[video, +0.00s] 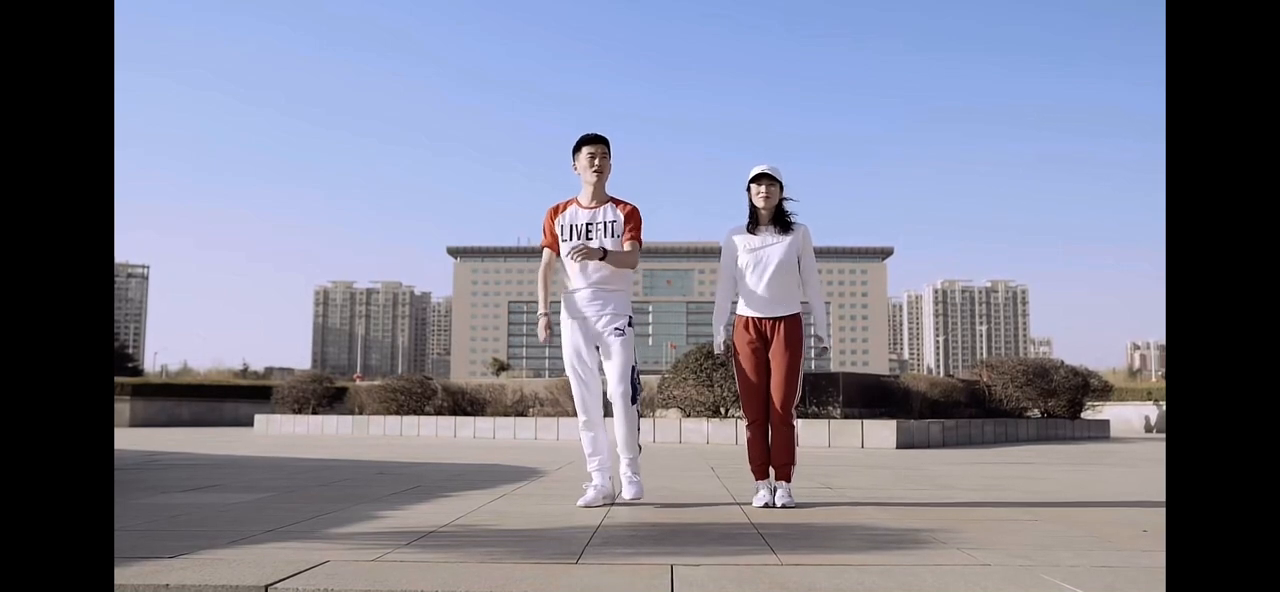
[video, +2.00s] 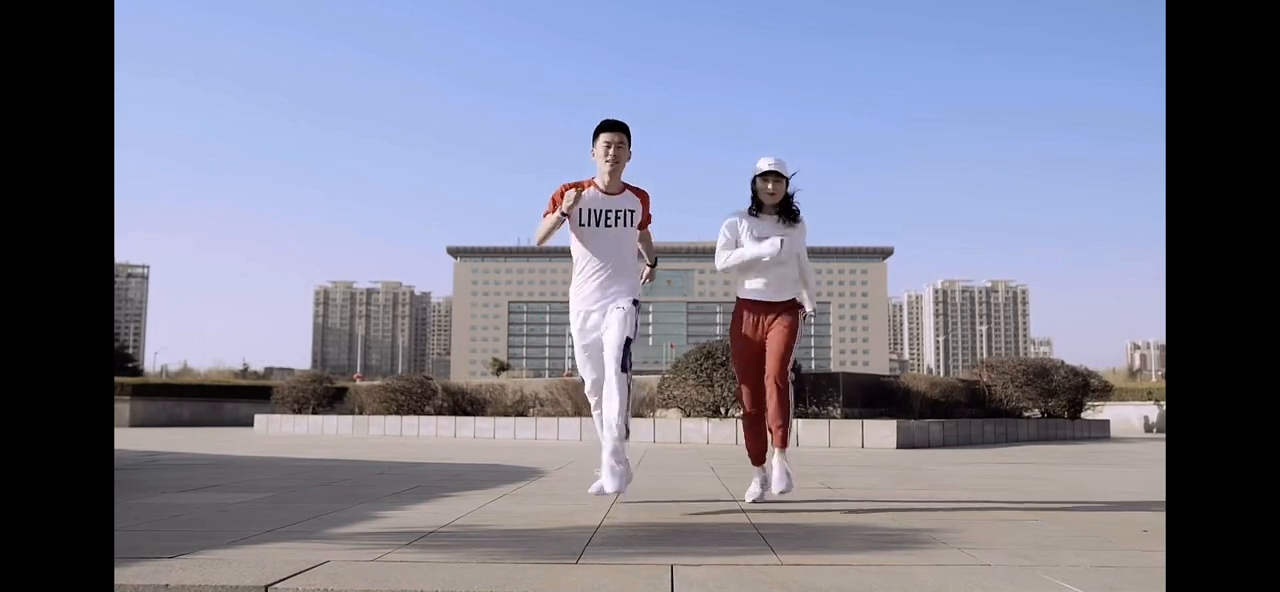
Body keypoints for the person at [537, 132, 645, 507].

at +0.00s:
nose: (598, 161)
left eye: (603, 156)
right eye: (590, 156)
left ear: (610, 164)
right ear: (576, 165)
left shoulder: (626, 211)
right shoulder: (557, 214)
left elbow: (632, 260)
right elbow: (546, 267)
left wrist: (600, 254)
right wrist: (543, 310)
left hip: (614, 312)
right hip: (575, 315)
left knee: (620, 393)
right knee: (585, 401)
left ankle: (629, 472)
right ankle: (600, 481)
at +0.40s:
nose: (600, 168)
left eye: (607, 162)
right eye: (593, 162)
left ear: (615, 168)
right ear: (581, 169)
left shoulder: (629, 211)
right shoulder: (564, 215)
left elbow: (636, 253)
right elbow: (553, 258)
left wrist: (632, 290)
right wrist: (574, 266)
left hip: (614, 312)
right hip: (576, 316)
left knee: (619, 399)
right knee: (588, 404)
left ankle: (630, 481)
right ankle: (600, 482)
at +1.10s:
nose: (601, 169)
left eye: (608, 163)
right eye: (594, 162)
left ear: (616, 169)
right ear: (581, 168)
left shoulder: (630, 217)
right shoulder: (561, 214)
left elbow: (638, 271)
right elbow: (554, 272)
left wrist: (648, 321)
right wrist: (557, 321)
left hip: (618, 314)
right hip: (576, 316)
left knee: (620, 397)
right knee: (584, 405)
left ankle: (630, 478)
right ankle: (599, 482)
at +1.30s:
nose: (600, 161)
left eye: (606, 155)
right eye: (593, 155)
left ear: (615, 161)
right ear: (580, 162)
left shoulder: (632, 209)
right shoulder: (560, 207)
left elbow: (645, 261)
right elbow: (542, 257)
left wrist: (641, 261)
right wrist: (523, 305)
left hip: (618, 307)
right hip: (576, 311)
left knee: (627, 386)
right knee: (584, 399)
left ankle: (633, 454)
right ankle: (598, 479)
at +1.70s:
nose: (597, 147)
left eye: (604, 142)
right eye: (591, 142)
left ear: (615, 151)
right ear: (580, 151)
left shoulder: (632, 196)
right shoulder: (564, 200)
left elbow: (642, 247)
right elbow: (561, 256)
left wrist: (648, 288)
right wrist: (559, 306)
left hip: (621, 300)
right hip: (582, 303)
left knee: (624, 371)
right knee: (593, 393)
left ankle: (631, 436)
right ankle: (603, 471)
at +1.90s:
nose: (606, 162)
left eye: (614, 157)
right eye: (600, 157)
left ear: (626, 166)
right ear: (590, 165)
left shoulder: (641, 215)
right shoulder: (570, 208)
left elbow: (644, 259)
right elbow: (546, 257)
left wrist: (650, 294)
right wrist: (556, 244)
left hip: (626, 302)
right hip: (586, 307)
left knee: (613, 309)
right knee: (596, 396)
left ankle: (620, 400)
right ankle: (617, 478)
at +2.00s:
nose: (613, 151)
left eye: (620, 146)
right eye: (607, 145)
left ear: (629, 154)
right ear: (593, 152)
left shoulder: (639, 198)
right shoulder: (571, 192)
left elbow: (643, 235)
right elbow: (540, 239)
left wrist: (651, 260)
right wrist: (562, 211)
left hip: (623, 297)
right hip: (584, 301)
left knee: (616, 369)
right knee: (594, 386)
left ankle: (613, 468)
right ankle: (614, 463)